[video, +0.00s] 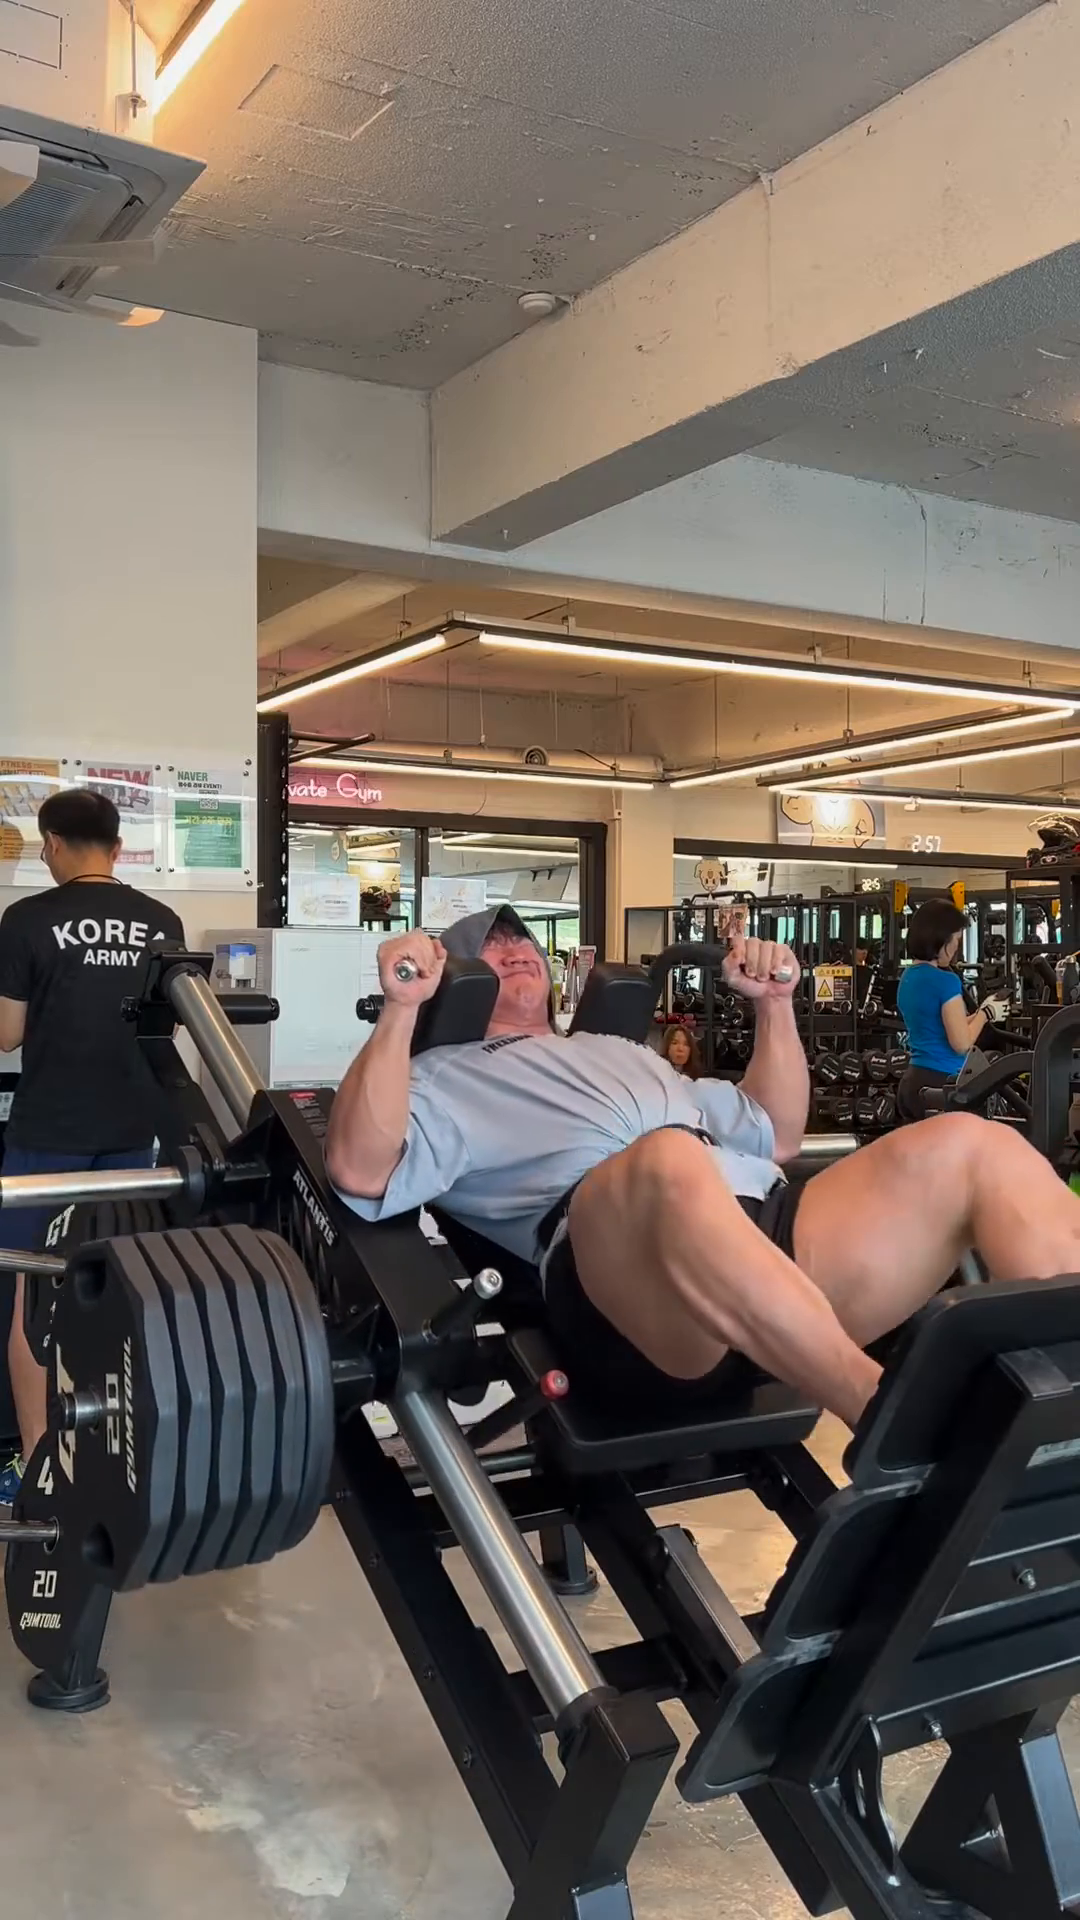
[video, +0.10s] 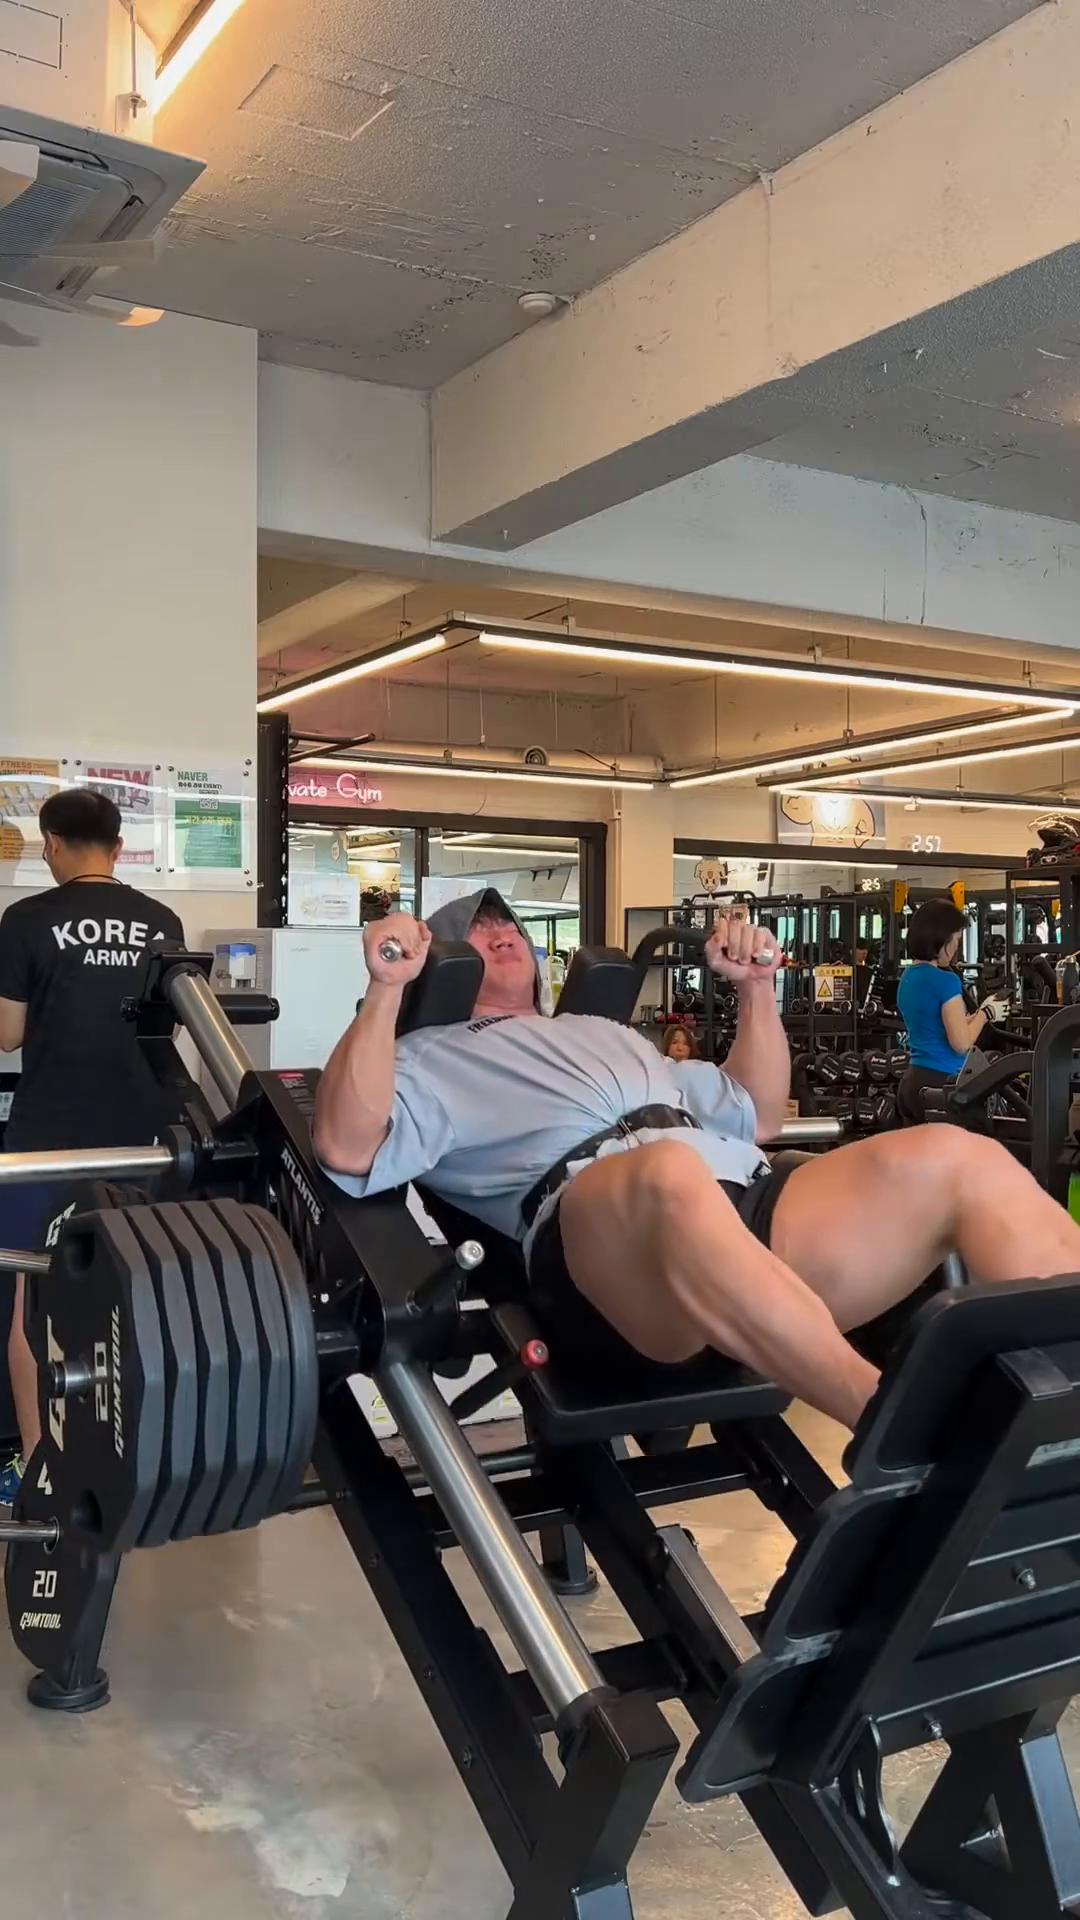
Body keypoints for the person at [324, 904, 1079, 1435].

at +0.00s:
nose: (516, 958)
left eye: (526, 948)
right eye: (493, 951)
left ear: (552, 974)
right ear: (460, 992)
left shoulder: (624, 1057)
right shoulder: (442, 1078)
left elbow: (774, 1135)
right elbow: (358, 1170)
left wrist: (774, 1009)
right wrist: (399, 1011)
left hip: (776, 1253)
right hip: (623, 1308)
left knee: (976, 1149)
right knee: (667, 1166)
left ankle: (1072, 1382)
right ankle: (896, 1424)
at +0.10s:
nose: (508, 934)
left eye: (514, 927)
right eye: (486, 929)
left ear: (534, 958)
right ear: (451, 972)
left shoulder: (609, 1038)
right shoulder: (429, 1059)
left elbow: (757, 1116)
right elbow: (347, 1150)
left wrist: (755, 991)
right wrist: (383, 995)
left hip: (749, 1221)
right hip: (595, 1266)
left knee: (959, 1161)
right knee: (667, 1173)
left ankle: (1071, 1382)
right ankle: (897, 1423)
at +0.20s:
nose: (496, 919)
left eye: (502, 913)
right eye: (472, 914)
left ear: (522, 945)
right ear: (433, 956)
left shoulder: (596, 1021)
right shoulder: (420, 1044)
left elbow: (741, 1090)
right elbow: (333, 1128)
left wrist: (738, 970)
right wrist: (371, 973)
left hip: (732, 1198)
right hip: (585, 1226)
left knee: (939, 1175)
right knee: (675, 1189)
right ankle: (896, 1424)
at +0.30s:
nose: (486, 909)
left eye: (493, 902)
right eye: (465, 902)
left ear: (511, 934)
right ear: (429, 938)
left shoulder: (586, 1009)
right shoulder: (406, 1028)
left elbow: (726, 1081)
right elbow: (322, 1111)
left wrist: (726, 961)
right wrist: (360, 961)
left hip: (711, 1165)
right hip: (574, 1182)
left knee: (903, 1191)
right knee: (688, 1221)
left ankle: (1076, 1344)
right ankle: (906, 1438)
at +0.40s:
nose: (477, 894)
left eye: (484, 888)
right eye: (454, 887)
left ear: (503, 922)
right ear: (422, 924)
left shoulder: (576, 994)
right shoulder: (401, 1016)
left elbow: (715, 1073)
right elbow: (315, 1101)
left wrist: (720, 955)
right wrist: (352, 952)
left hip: (698, 1148)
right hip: (568, 1165)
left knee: (879, 1208)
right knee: (697, 1248)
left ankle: (1066, 1345)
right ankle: (901, 1436)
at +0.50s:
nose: (469, 891)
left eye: (479, 887)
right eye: (449, 886)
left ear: (503, 921)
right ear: (416, 926)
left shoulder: (571, 989)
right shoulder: (399, 1015)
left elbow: (713, 1070)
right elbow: (314, 1096)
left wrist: (716, 951)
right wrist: (350, 948)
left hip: (699, 1148)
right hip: (564, 1166)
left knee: (864, 1222)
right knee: (698, 1264)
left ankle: (1054, 1349)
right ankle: (902, 1438)